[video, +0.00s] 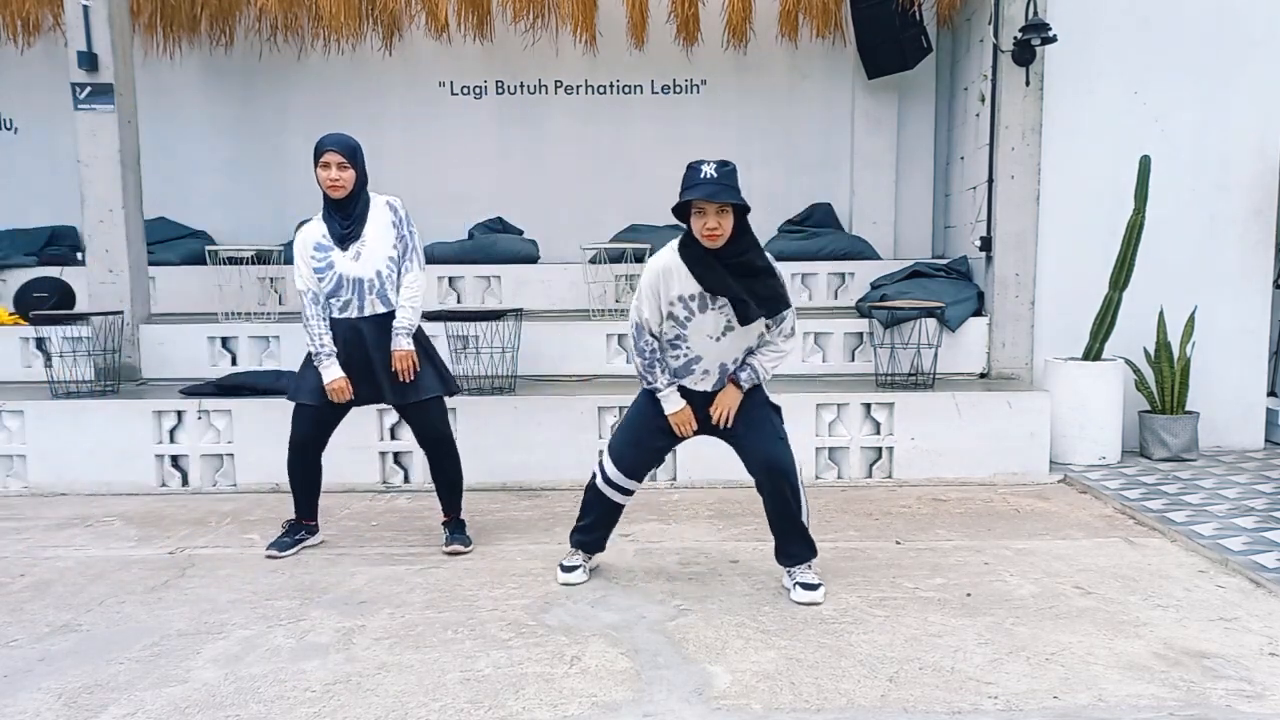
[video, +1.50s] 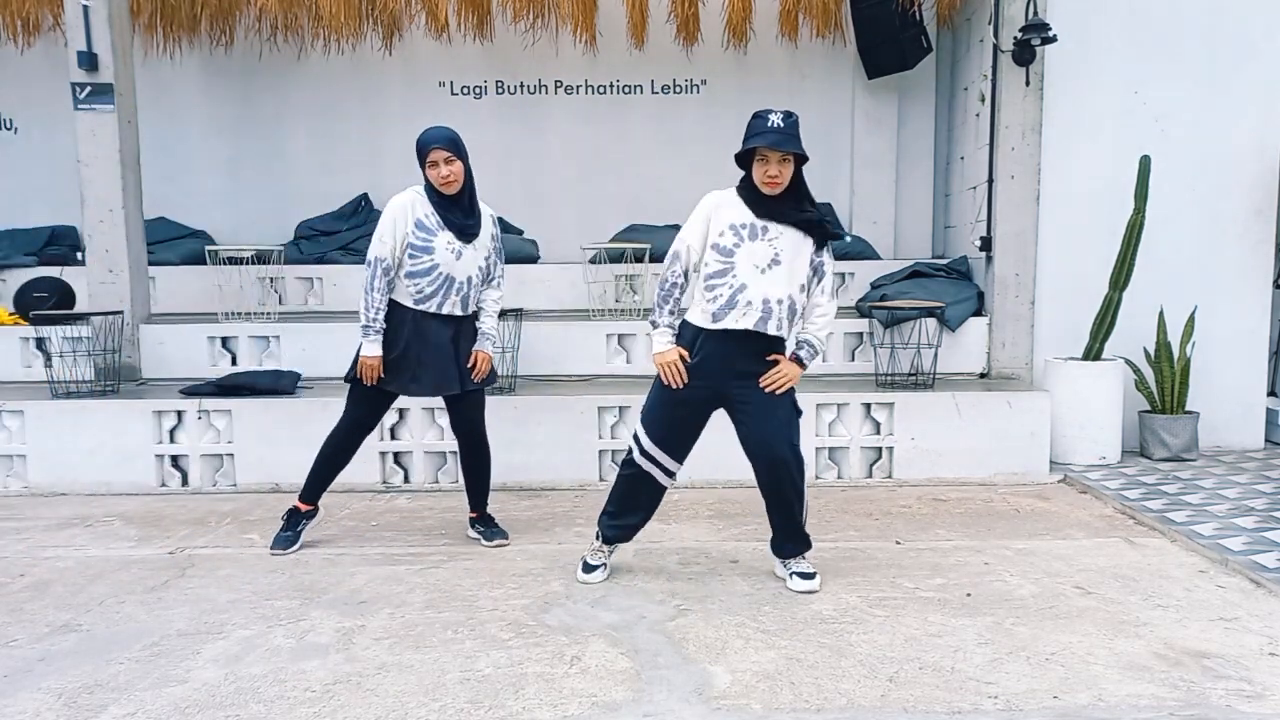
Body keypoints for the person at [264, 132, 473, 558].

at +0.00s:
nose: (334, 175)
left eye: (343, 167)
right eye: (325, 167)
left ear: (359, 171)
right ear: (317, 174)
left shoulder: (391, 211)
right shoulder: (307, 235)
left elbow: (413, 275)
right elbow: (311, 307)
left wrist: (403, 336)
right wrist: (328, 365)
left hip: (394, 340)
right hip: (336, 347)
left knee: (436, 435)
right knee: (303, 439)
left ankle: (454, 523)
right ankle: (305, 523)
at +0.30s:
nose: (273, 165)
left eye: (281, 156)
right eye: (264, 157)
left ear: (300, 156)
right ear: (256, 163)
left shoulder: (333, 193)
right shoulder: (259, 224)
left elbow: (372, 251)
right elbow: (266, 292)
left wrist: (376, 313)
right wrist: (285, 337)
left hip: (362, 312)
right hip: (306, 328)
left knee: (423, 411)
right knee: (297, 432)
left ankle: (469, 500)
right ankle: (304, 522)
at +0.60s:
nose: (272, 166)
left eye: (282, 157)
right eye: (264, 157)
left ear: (300, 160)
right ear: (255, 163)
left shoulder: (332, 198)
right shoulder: (256, 222)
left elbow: (375, 260)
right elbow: (260, 293)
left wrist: (386, 326)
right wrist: (281, 345)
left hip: (366, 321)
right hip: (309, 334)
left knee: (428, 411)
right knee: (293, 430)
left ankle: (473, 500)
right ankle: (304, 521)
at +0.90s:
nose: (358, 218)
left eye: (367, 210)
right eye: (348, 209)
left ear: (380, 217)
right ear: (336, 215)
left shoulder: (402, 255)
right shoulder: (313, 262)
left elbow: (432, 315)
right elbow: (308, 331)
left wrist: (436, 372)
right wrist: (322, 389)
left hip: (408, 360)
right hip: (347, 365)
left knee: (459, 423)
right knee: (293, 433)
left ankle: (480, 516)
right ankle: (303, 521)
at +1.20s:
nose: (433, 170)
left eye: (440, 160)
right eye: (422, 162)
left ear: (454, 161)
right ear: (411, 167)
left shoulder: (478, 217)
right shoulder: (390, 209)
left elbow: (484, 284)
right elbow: (363, 279)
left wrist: (473, 341)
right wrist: (360, 346)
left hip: (450, 339)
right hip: (391, 335)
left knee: (471, 428)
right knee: (337, 422)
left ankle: (480, 515)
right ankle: (291, 510)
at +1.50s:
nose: (444, 172)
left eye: (451, 161)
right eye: (434, 165)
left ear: (466, 162)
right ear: (423, 170)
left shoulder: (486, 219)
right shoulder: (405, 207)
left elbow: (493, 285)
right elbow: (377, 274)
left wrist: (486, 339)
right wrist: (371, 342)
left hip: (459, 335)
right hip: (404, 331)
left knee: (472, 430)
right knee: (354, 425)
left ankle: (480, 516)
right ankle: (302, 510)